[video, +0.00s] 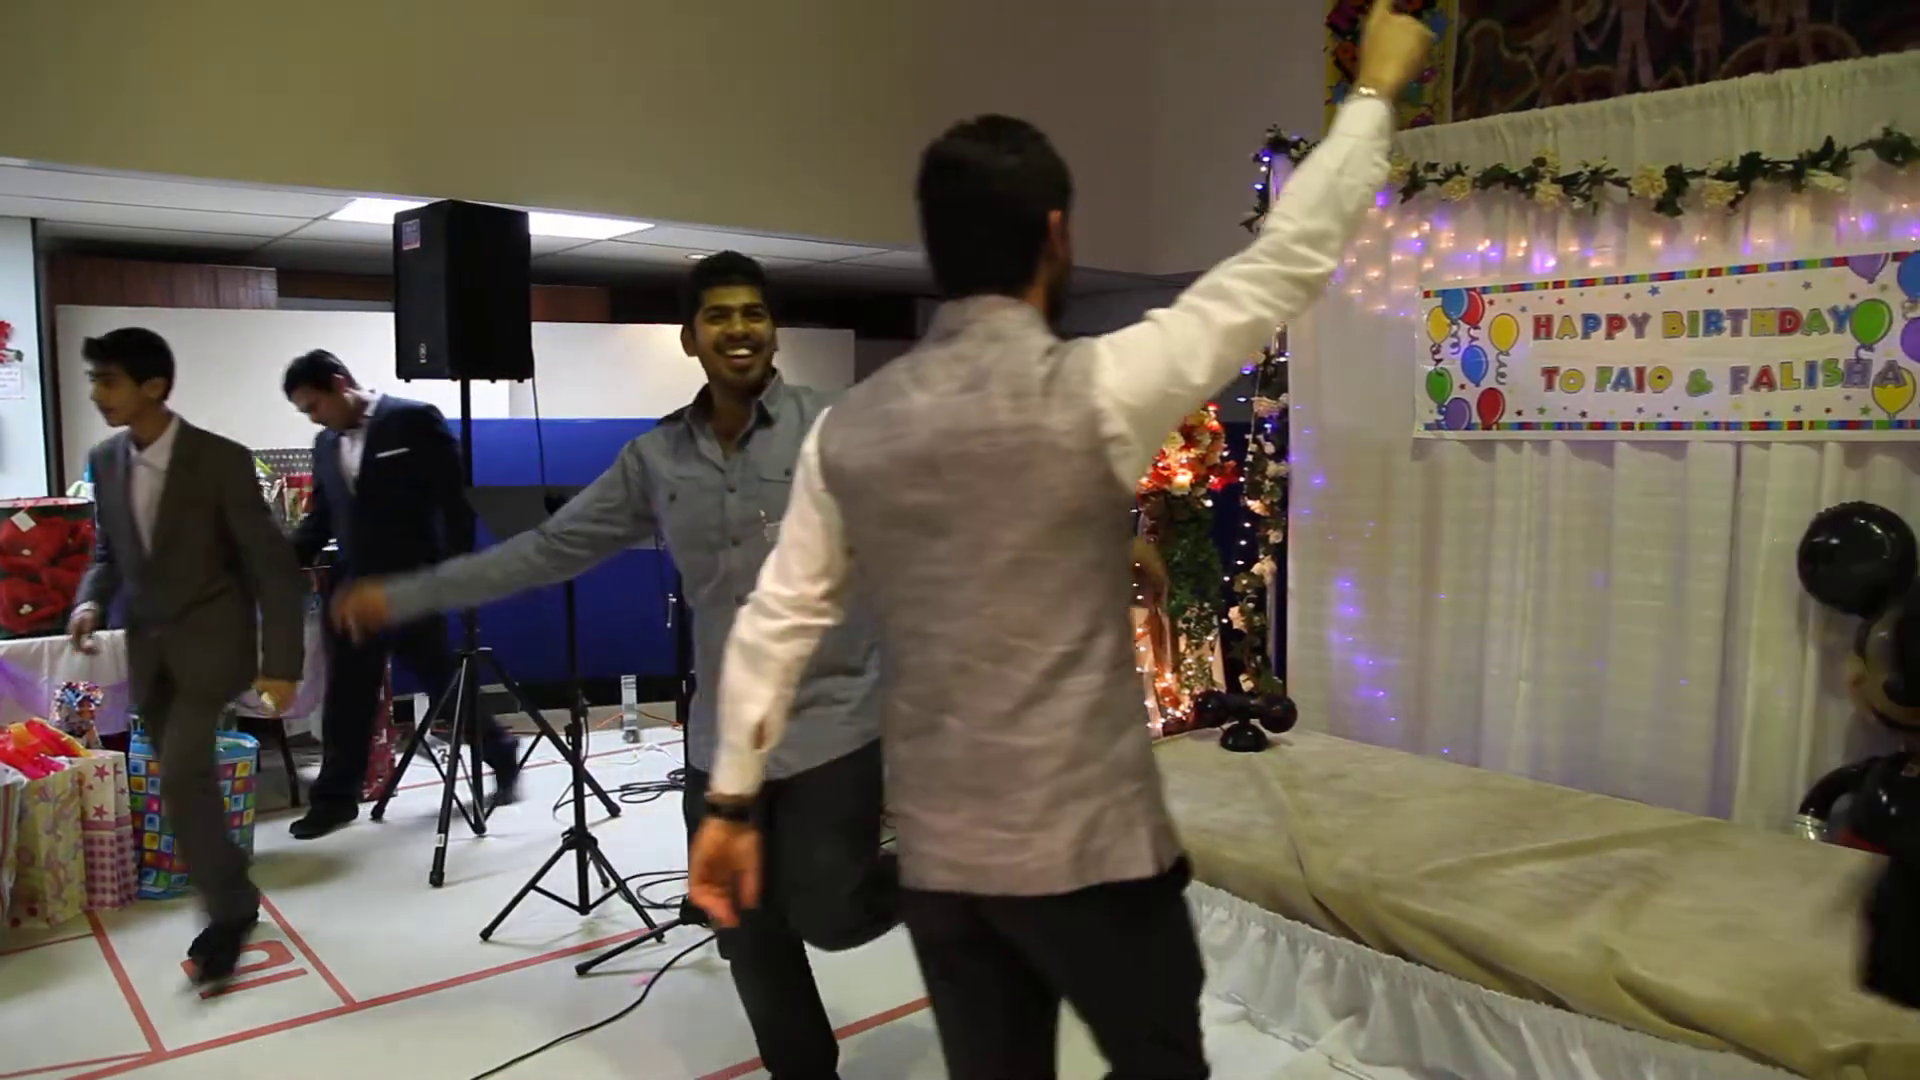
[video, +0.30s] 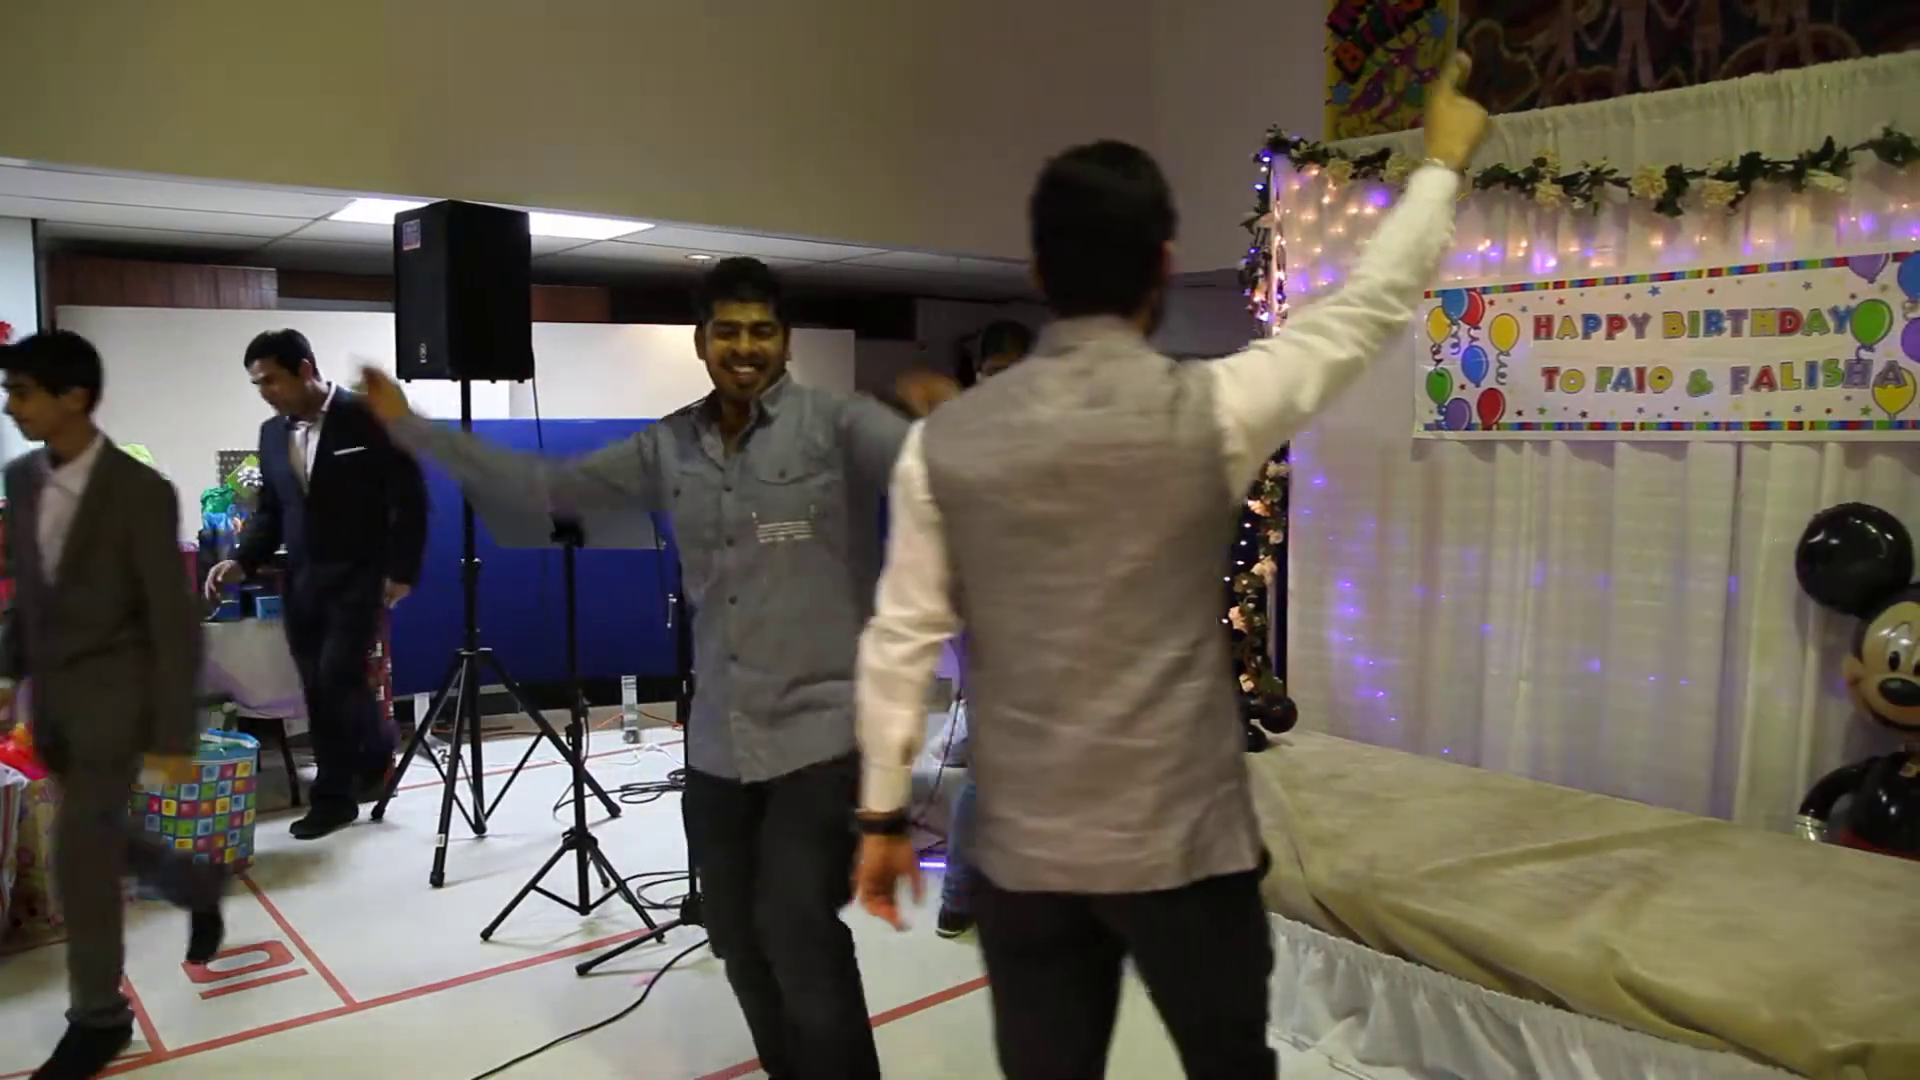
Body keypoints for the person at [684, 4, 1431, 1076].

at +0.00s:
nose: (1072, 232)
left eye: (1063, 214)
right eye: (1067, 214)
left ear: (934, 241)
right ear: (1055, 234)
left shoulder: (850, 428)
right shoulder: (1094, 392)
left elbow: (781, 614)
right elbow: (1279, 267)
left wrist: (731, 799)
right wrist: (1379, 93)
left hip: (939, 872)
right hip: (1092, 869)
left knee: (993, 1076)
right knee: (1162, 1067)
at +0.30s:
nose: (1167, 255)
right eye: (1165, 240)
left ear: (1038, 267)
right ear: (1162, 264)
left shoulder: (946, 441)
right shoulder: (1208, 410)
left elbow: (905, 629)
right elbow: (1369, 305)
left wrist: (882, 810)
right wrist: (1444, 164)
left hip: (1024, 860)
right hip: (1182, 857)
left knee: (1045, 1072)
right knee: (1232, 1067)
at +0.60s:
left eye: (1155, 253)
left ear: (1158, 274)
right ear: (1280, 273)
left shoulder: (1080, 440)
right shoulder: (1342, 407)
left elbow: (1033, 631)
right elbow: (1456, 344)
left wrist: (990, 801)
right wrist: (1548, 266)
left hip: (1154, 836)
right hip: (1307, 836)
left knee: (1139, 1055)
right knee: (1294, 1065)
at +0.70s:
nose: (1179, 268)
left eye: (1178, 254)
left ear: (1183, 273)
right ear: (1302, 272)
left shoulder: (1109, 431)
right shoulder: (1367, 405)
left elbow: (1062, 623)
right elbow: (1482, 375)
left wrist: (1018, 794)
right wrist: (1575, 330)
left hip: (1172, 821)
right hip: (1323, 826)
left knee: (1161, 1040)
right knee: (1304, 1066)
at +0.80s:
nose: (1189, 264)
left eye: (1189, 251)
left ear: (1197, 270)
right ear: (1314, 269)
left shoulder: (1124, 423)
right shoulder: (1385, 400)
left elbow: (1086, 611)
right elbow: (1504, 434)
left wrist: (1048, 791)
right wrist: (1580, 445)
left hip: (1187, 814)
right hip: (1331, 817)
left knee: (1182, 1029)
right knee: (1309, 1064)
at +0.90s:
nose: (1196, 279)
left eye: (1197, 266)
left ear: (1208, 281)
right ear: (1324, 286)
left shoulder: (1136, 436)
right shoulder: (1395, 425)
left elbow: (1100, 629)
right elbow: (1493, 532)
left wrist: (1068, 803)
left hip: (1193, 827)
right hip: (1337, 831)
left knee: (1194, 1031)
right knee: (1305, 1065)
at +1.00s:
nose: (1199, 303)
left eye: (1203, 285)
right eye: (1203, 284)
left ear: (1221, 297)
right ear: (1322, 299)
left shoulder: (1151, 446)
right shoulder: (1393, 445)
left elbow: (1109, 638)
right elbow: (1449, 606)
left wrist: (1077, 800)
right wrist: (1497, 715)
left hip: (1199, 836)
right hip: (1338, 839)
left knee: (1192, 1024)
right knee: (1307, 1062)